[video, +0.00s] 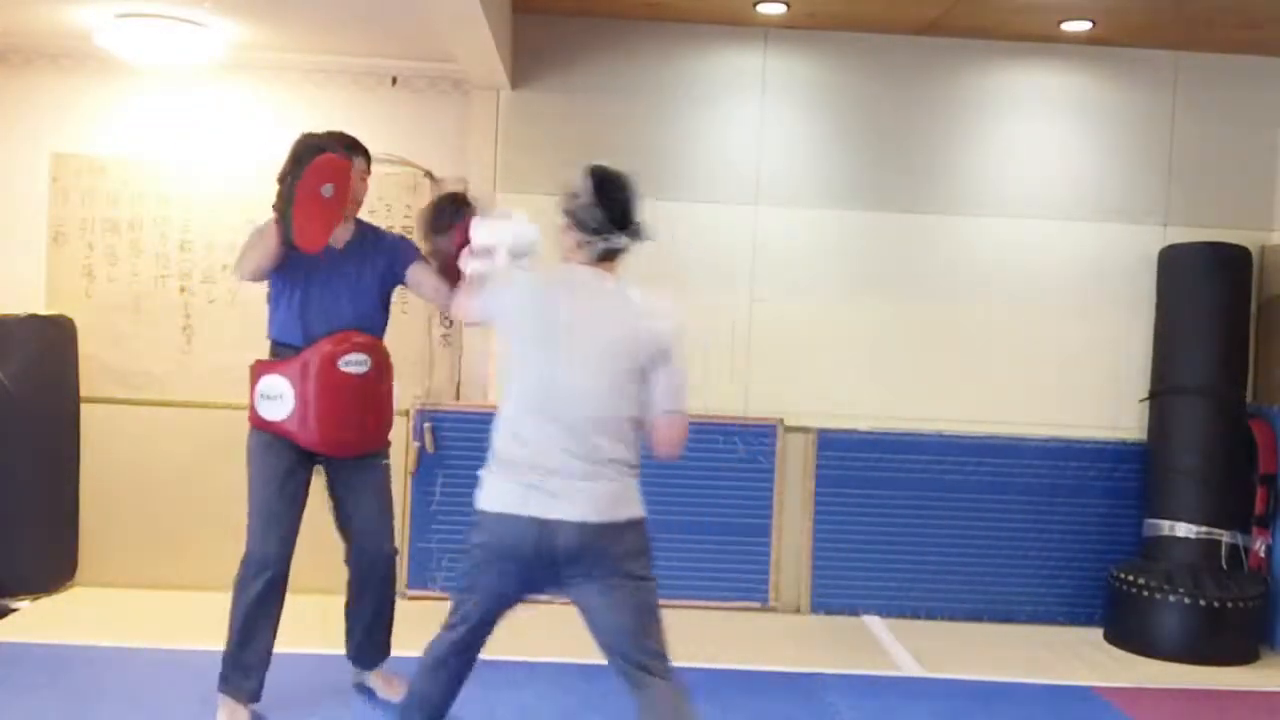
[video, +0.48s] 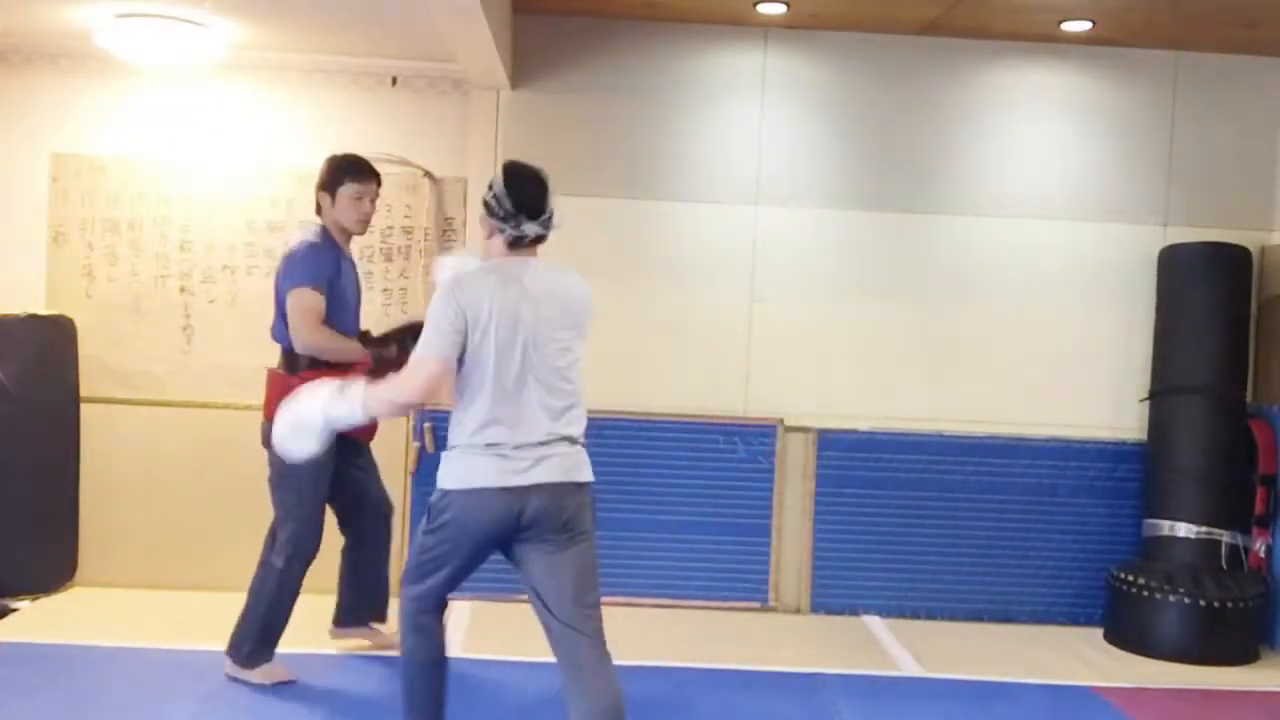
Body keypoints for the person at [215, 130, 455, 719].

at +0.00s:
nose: (351, 188)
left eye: (359, 177)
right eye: (339, 176)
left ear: (366, 184)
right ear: (308, 180)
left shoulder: (385, 247)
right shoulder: (284, 237)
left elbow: (451, 298)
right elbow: (249, 269)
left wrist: (471, 252)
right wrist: (292, 213)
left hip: (357, 407)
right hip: (284, 403)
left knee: (376, 548)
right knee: (268, 552)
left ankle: (368, 665)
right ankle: (236, 693)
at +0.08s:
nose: (355, 186)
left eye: (363, 176)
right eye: (344, 175)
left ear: (373, 184)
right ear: (315, 182)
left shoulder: (390, 250)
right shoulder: (292, 237)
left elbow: (439, 302)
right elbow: (285, 261)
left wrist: (447, 263)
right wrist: (312, 205)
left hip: (361, 409)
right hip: (292, 406)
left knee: (376, 547)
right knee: (280, 548)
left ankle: (368, 666)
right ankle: (246, 683)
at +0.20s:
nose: (369, 195)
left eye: (376, 185)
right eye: (358, 182)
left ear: (379, 194)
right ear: (327, 185)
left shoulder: (383, 252)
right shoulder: (299, 236)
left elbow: (419, 297)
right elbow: (334, 271)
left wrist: (423, 225)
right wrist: (376, 226)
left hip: (352, 409)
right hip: (290, 406)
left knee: (365, 542)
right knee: (292, 543)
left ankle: (372, 665)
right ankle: (257, 652)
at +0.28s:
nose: (364, 206)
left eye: (369, 197)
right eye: (353, 195)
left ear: (368, 201)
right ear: (320, 196)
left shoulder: (351, 260)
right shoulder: (299, 244)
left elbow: (369, 337)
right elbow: (327, 285)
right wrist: (390, 255)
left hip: (339, 426)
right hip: (287, 422)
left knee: (374, 529)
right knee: (279, 543)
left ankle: (370, 658)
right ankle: (246, 656)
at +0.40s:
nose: (363, 208)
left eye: (369, 198)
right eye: (353, 197)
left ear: (369, 203)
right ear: (321, 199)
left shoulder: (343, 263)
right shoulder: (302, 255)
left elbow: (342, 334)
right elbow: (301, 333)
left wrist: (379, 356)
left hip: (333, 422)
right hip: (295, 421)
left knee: (378, 516)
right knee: (291, 537)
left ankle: (363, 634)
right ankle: (245, 654)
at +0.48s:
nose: (367, 209)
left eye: (372, 200)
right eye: (357, 198)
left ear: (371, 204)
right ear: (326, 199)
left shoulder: (342, 260)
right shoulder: (309, 256)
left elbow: (337, 333)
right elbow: (306, 334)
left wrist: (378, 356)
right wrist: (373, 354)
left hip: (332, 407)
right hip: (300, 411)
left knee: (371, 512)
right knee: (297, 534)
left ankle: (355, 622)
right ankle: (247, 655)